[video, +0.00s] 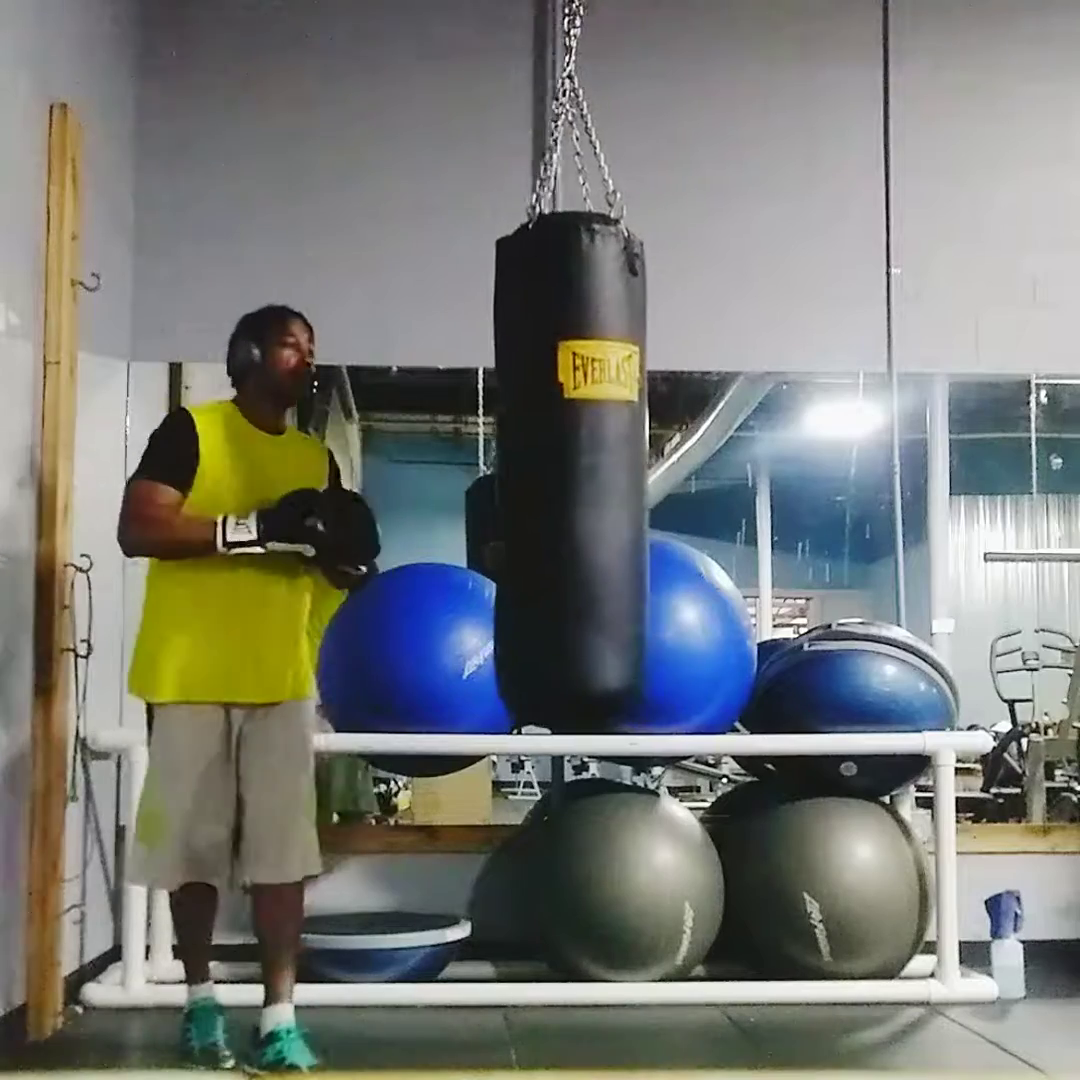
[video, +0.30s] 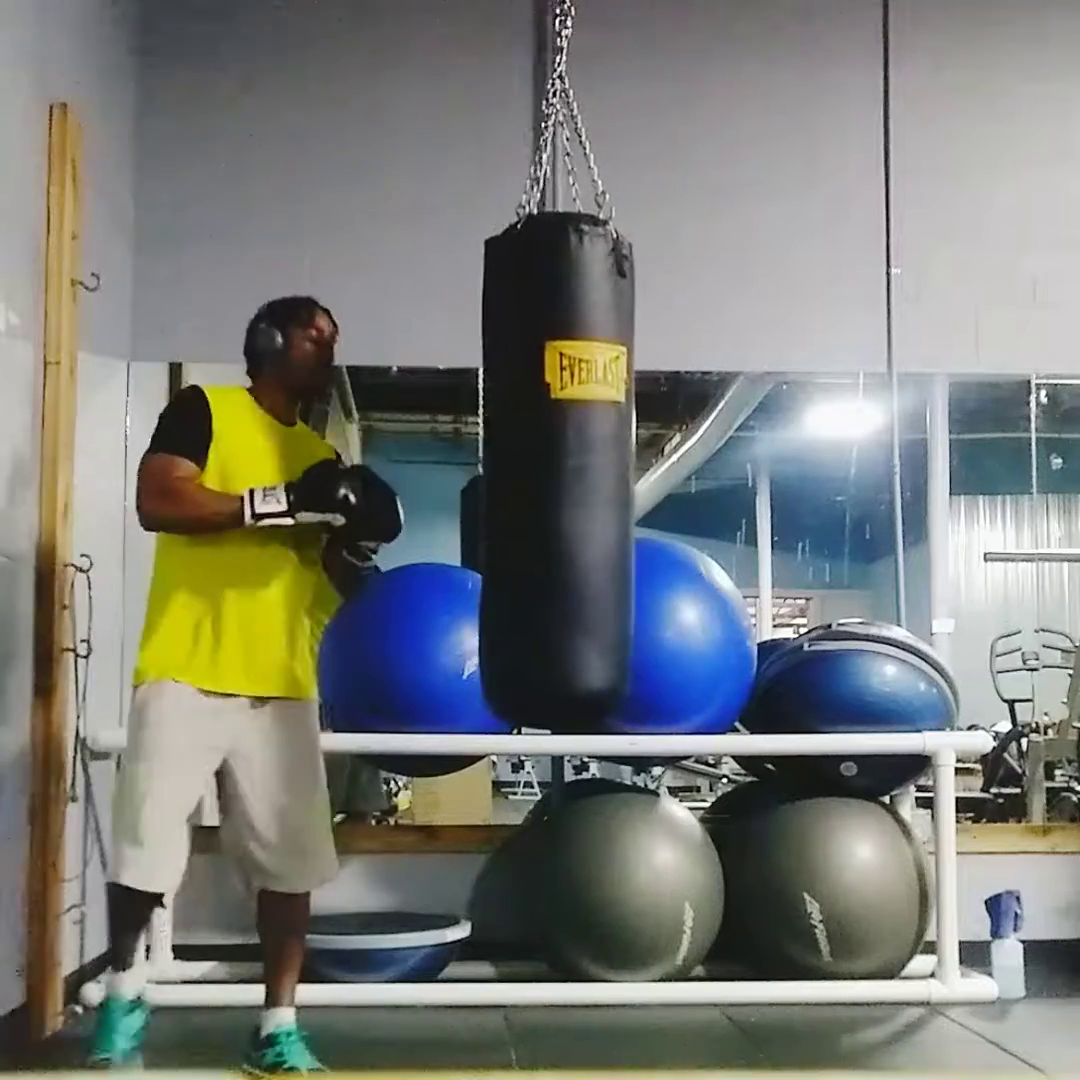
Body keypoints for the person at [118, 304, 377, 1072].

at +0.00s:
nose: (306, 360)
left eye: (309, 350)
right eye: (291, 346)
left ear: (309, 369)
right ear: (247, 358)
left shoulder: (320, 458)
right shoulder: (192, 429)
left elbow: (343, 577)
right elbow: (139, 527)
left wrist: (346, 554)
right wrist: (256, 528)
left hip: (282, 679)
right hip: (189, 674)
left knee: (282, 848)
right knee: (195, 847)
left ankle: (280, 1022)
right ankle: (202, 1008)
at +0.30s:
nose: (328, 354)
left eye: (332, 345)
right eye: (316, 338)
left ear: (325, 362)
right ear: (269, 342)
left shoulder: (325, 454)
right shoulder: (204, 407)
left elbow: (347, 580)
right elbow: (156, 503)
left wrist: (349, 539)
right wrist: (275, 504)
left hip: (282, 679)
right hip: (185, 665)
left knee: (289, 856)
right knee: (147, 841)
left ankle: (279, 1027)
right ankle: (122, 1000)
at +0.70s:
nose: (249, 340)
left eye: (250, 328)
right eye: (237, 323)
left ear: (216, 338)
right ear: (188, 326)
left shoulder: (225, 438)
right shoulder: (127, 408)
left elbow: (228, 564)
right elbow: (173, 514)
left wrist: (283, 523)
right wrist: (277, 475)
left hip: (225, 687)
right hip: (132, 691)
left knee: (274, 843)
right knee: (80, 867)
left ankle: (273, 1020)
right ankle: (16, 1045)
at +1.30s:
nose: (260, 353)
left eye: (264, 339)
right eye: (251, 333)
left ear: (229, 339)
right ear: (204, 326)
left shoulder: (206, 427)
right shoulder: (132, 392)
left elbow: (220, 548)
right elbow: (202, 483)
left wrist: (277, 463)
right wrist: (286, 428)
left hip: (209, 677)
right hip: (116, 678)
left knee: (270, 848)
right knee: (65, 871)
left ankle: (286, 1026)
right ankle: (6, 1044)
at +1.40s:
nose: (279, 354)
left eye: (286, 342)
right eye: (270, 333)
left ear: (273, 353)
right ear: (219, 325)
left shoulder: (247, 424)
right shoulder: (147, 395)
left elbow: (329, 487)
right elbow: (195, 489)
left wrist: (392, 447)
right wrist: (282, 433)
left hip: (224, 675)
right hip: (130, 678)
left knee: (265, 850)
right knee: (70, 871)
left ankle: (281, 1033)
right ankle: (11, 1041)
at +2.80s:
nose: (334, 368)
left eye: (340, 356)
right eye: (322, 351)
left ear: (338, 367)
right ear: (278, 354)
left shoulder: (330, 445)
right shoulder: (209, 422)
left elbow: (351, 558)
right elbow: (233, 512)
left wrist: (385, 502)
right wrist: (324, 434)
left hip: (297, 686)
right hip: (197, 687)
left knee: (351, 845)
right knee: (134, 856)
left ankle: (372, 1017)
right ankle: (77, 1018)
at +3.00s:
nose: (357, 365)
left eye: (367, 355)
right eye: (342, 348)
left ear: (370, 368)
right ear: (299, 351)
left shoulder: (367, 442)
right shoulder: (239, 421)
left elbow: (451, 508)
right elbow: (239, 514)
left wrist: (516, 458)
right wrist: (337, 439)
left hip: (322, 682)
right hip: (225, 679)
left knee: (362, 850)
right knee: (186, 857)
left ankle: (374, 1017)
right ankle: (152, 1006)